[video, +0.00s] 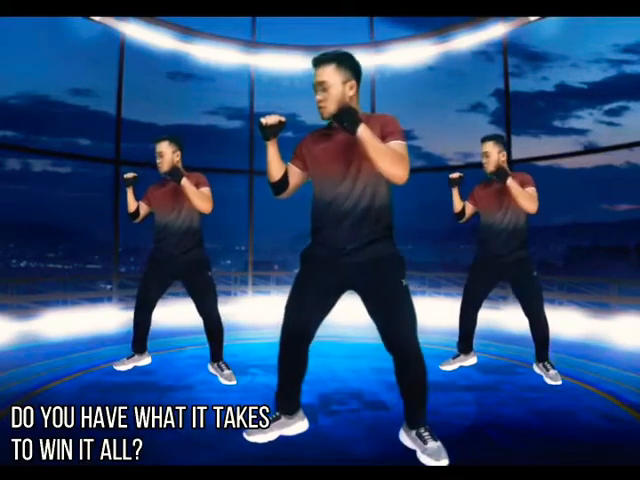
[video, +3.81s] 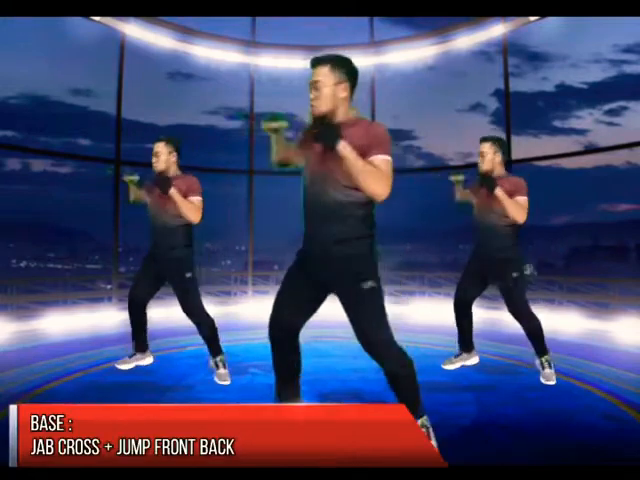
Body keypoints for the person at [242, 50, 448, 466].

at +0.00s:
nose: (317, 95)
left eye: (324, 87)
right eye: (315, 88)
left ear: (351, 86)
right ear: (320, 91)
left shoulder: (382, 125)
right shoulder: (313, 142)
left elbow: (399, 173)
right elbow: (281, 187)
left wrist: (359, 127)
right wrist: (271, 140)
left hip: (376, 258)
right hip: (324, 259)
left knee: (405, 347)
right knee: (294, 334)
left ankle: (416, 427)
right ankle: (289, 413)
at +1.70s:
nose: (315, 93)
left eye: (324, 85)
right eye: (309, 86)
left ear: (342, 91)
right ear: (303, 92)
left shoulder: (362, 134)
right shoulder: (308, 136)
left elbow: (376, 190)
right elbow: (280, 159)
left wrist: (335, 159)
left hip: (345, 259)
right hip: (310, 259)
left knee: (363, 347)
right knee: (275, 329)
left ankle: (434, 412)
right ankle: (291, 414)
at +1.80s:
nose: (296, 98)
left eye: (304, 91)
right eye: (297, 91)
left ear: (328, 94)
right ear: (323, 96)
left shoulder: (330, 131)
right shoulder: (333, 131)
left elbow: (297, 153)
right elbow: (298, 156)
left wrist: (264, 133)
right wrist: (268, 137)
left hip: (336, 262)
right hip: (319, 261)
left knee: (362, 349)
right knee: (277, 325)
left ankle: (437, 414)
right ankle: (291, 414)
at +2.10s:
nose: (292, 96)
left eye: (297, 88)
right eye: (292, 89)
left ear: (321, 87)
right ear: (312, 90)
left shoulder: (353, 122)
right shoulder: (308, 133)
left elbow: (353, 150)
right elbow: (292, 182)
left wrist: (307, 123)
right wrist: (283, 145)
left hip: (350, 253)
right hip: (312, 253)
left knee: (378, 341)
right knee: (282, 330)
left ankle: (432, 417)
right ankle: (292, 416)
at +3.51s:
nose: (333, 93)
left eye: (341, 85)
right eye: (330, 87)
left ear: (366, 88)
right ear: (327, 92)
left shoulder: (393, 129)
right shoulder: (322, 139)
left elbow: (410, 179)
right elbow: (297, 181)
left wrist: (369, 136)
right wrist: (289, 149)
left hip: (379, 258)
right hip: (327, 258)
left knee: (402, 347)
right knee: (288, 330)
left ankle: (405, 422)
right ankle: (277, 408)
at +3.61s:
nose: (333, 94)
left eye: (341, 85)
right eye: (330, 87)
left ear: (367, 88)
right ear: (328, 91)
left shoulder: (394, 132)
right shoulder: (316, 133)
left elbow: (415, 180)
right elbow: (273, 153)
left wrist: (377, 139)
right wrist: (251, 128)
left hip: (377, 261)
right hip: (324, 260)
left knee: (406, 349)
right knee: (288, 331)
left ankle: (407, 424)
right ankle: (286, 408)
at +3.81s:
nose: (312, 94)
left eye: (319, 87)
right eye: (311, 87)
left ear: (344, 90)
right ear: (317, 91)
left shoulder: (371, 132)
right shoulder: (314, 134)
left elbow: (381, 189)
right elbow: (286, 157)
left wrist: (340, 146)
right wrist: (277, 139)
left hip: (354, 261)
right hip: (313, 258)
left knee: (378, 343)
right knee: (282, 327)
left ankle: (419, 421)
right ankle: (288, 410)